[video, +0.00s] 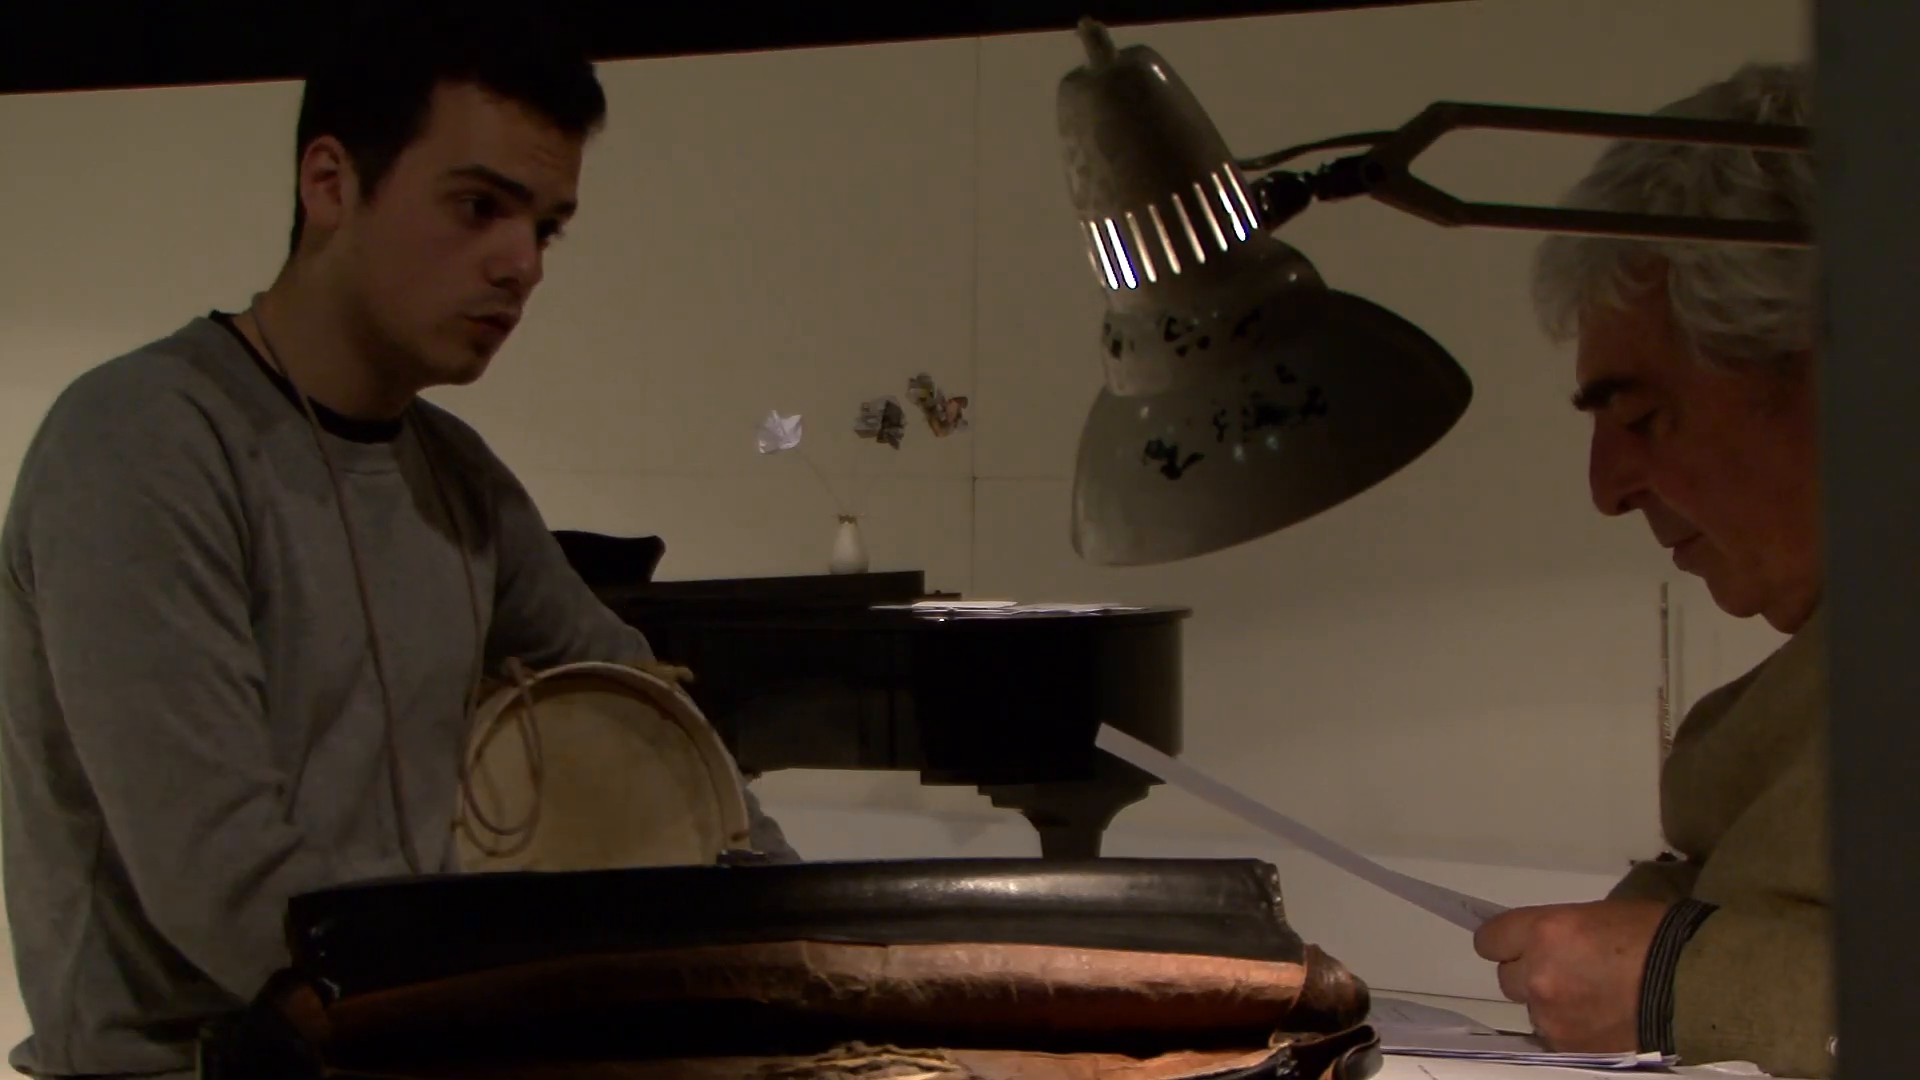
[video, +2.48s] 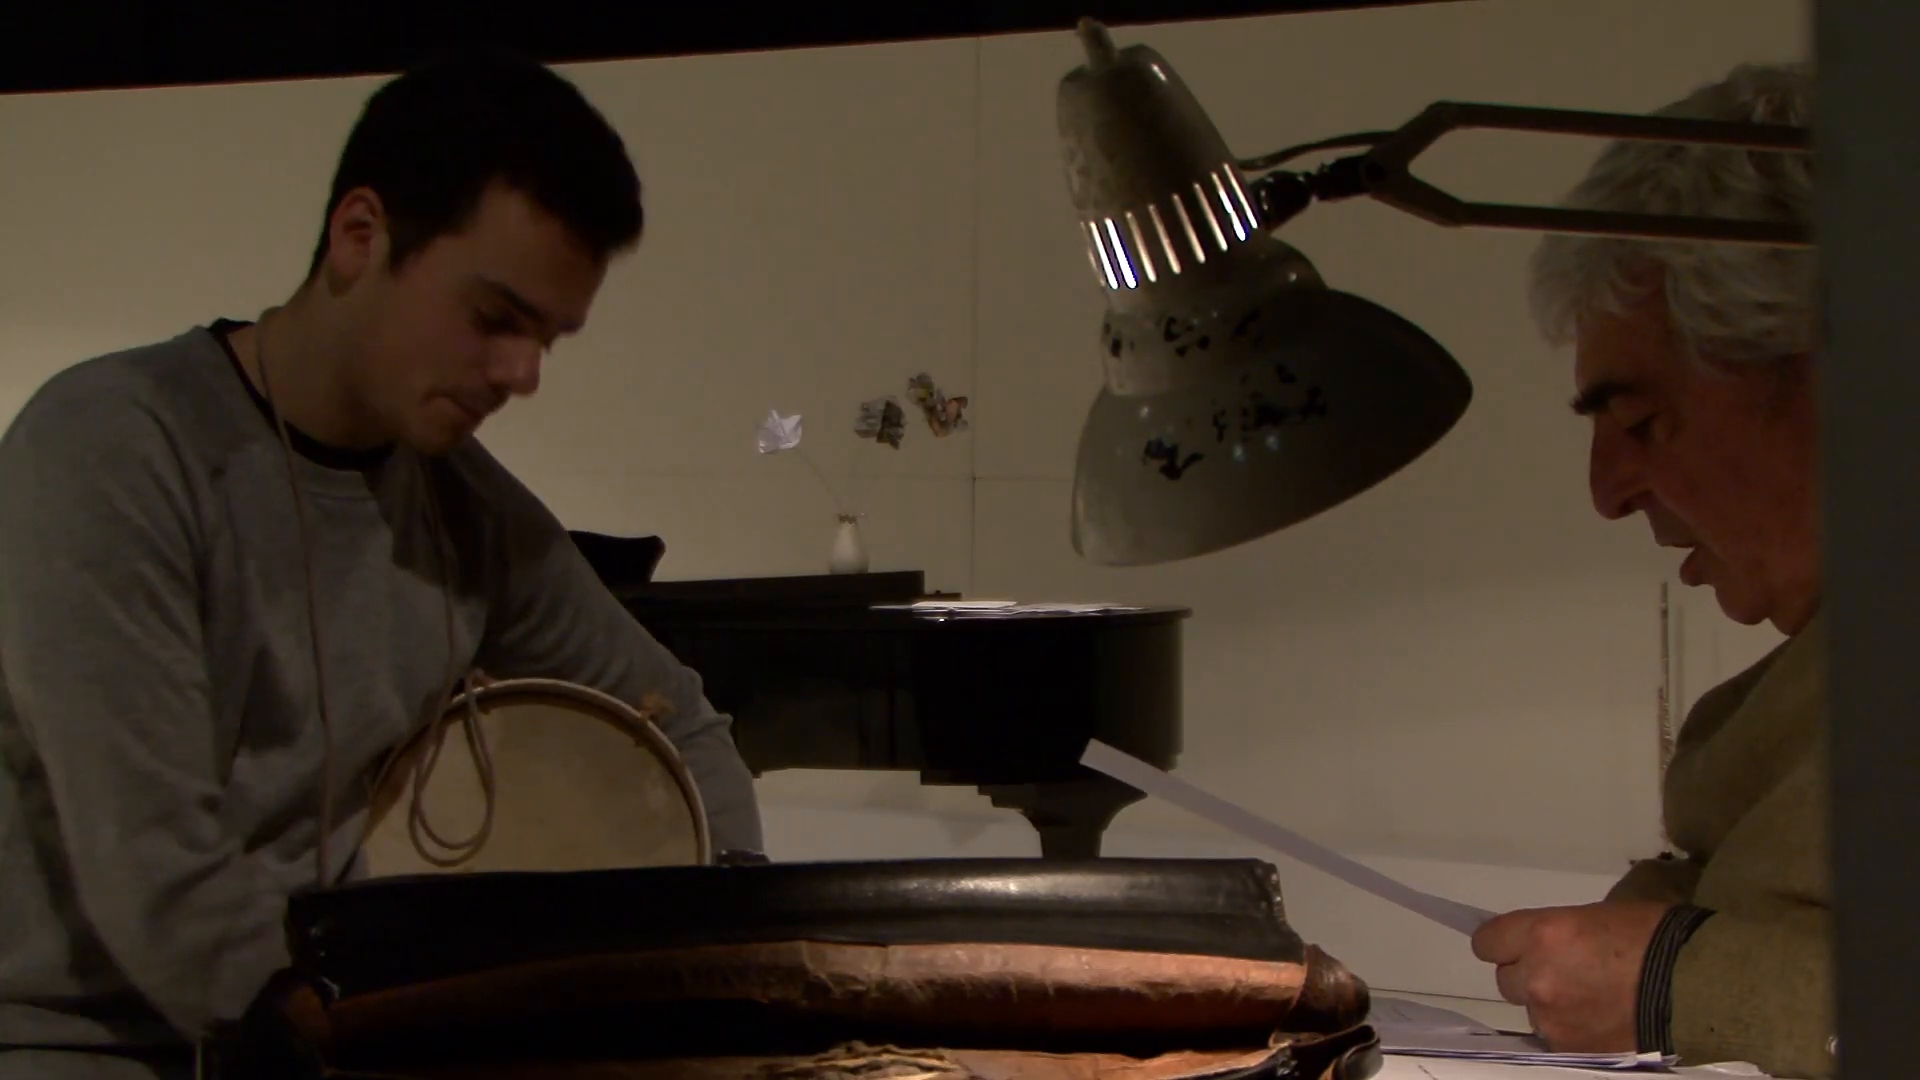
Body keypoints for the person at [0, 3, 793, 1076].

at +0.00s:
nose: (523, 266)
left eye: (545, 228)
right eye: (479, 206)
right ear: (329, 186)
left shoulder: (461, 478)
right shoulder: (131, 443)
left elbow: (639, 724)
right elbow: (224, 887)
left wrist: (791, 926)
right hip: (178, 1057)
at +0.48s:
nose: (515, 279)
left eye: (533, 244)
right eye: (471, 219)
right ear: (320, 200)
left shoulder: (424, 487)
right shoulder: (143, 435)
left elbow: (597, 716)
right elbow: (304, 858)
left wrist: (752, 916)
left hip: (344, 1036)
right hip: (127, 1057)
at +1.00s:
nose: (503, 285)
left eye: (521, 250)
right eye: (462, 226)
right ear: (310, 200)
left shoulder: (429, 488)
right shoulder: (128, 436)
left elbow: (611, 695)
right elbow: (311, 843)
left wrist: (756, 896)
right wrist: (611, 965)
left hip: (349, 1039)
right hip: (122, 1057)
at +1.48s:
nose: (509, 288)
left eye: (526, 251)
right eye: (467, 230)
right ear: (314, 203)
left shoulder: (430, 490)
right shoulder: (127, 435)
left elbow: (622, 697)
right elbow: (313, 839)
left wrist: (742, 910)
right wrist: (608, 961)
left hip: (348, 1039)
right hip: (118, 1057)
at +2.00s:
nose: (515, 297)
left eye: (535, 261)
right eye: (476, 237)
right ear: (325, 207)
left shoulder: (444, 496)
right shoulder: (119, 442)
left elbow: (647, 701)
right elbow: (261, 869)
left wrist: (753, 918)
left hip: (352, 1043)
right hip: (117, 1059)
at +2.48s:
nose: (521, 375)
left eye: (547, 339)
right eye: (497, 316)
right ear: (359, 238)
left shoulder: (468, 505)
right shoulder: (100, 445)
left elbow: (673, 721)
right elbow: (163, 896)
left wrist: (722, 944)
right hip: (65, 1034)